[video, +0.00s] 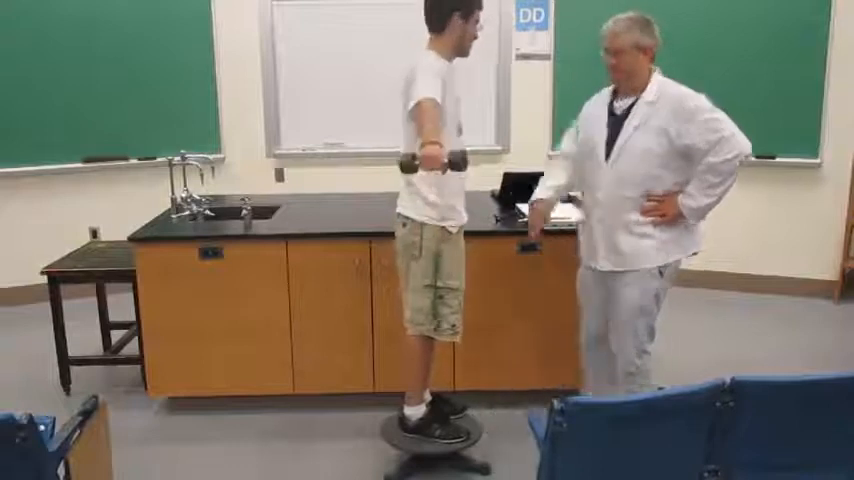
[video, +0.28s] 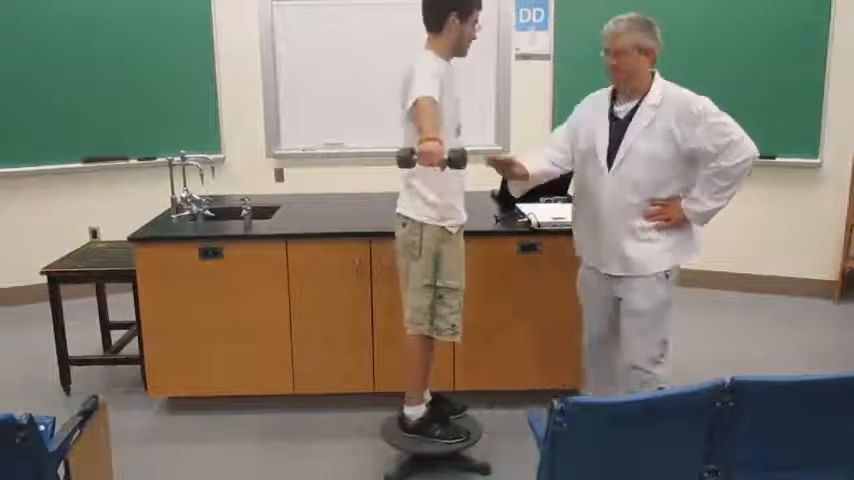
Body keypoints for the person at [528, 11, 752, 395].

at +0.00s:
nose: (609, 61)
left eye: (617, 53)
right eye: (606, 53)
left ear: (647, 53)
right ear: (605, 55)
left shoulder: (680, 104)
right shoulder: (595, 106)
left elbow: (732, 149)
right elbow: (566, 159)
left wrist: (687, 204)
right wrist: (542, 201)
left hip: (646, 250)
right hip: (596, 248)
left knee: (628, 348)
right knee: (594, 343)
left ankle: (635, 435)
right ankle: (599, 428)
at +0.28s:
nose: (610, 62)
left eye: (619, 54)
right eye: (607, 53)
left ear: (649, 56)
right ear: (603, 55)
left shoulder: (684, 109)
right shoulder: (591, 108)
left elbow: (738, 154)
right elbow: (558, 153)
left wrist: (691, 207)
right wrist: (524, 171)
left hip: (648, 261)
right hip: (594, 258)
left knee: (642, 364)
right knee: (598, 358)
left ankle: (642, 447)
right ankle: (599, 439)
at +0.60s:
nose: (606, 63)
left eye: (616, 55)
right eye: (604, 54)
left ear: (649, 57)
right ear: (602, 57)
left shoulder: (695, 115)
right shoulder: (584, 115)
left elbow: (753, 158)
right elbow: (535, 146)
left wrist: (702, 217)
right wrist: (482, 155)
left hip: (657, 281)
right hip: (591, 277)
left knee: (654, 390)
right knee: (586, 375)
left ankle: (652, 479)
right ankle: (602, 467)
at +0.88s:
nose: (584, 67)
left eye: (593, 57)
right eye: (581, 57)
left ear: (629, 58)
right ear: (580, 59)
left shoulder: (677, 118)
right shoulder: (564, 119)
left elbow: (737, 164)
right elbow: (515, 156)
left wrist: (685, 225)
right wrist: (459, 158)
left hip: (640, 293)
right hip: (570, 290)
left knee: (645, 410)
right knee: (563, 407)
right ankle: (560, 474)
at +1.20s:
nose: (492, 73)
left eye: (500, 61)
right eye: (491, 62)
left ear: (538, 60)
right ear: (528, 62)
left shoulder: (584, 119)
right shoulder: (497, 121)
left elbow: (640, 178)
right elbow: (469, 179)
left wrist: (591, 245)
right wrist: (415, 164)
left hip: (554, 306)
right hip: (502, 302)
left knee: (538, 425)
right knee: (514, 420)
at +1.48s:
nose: (436, 76)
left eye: (442, 64)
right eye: (436, 65)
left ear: (479, 63)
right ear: (475, 64)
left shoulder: (525, 121)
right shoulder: (463, 126)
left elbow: (577, 190)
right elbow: (442, 190)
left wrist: (537, 256)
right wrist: (384, 167)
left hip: (507, 303)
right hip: (470, 300)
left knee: (448, 410)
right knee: (501, 409)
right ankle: (529, 475)